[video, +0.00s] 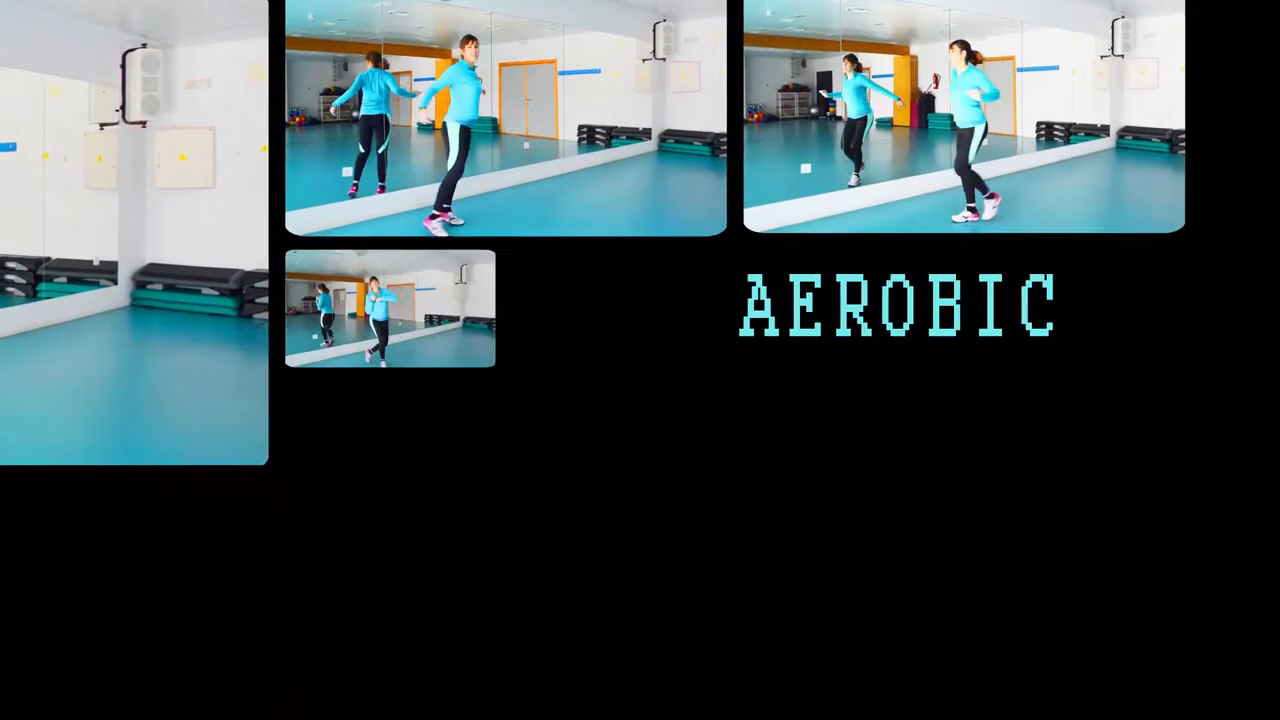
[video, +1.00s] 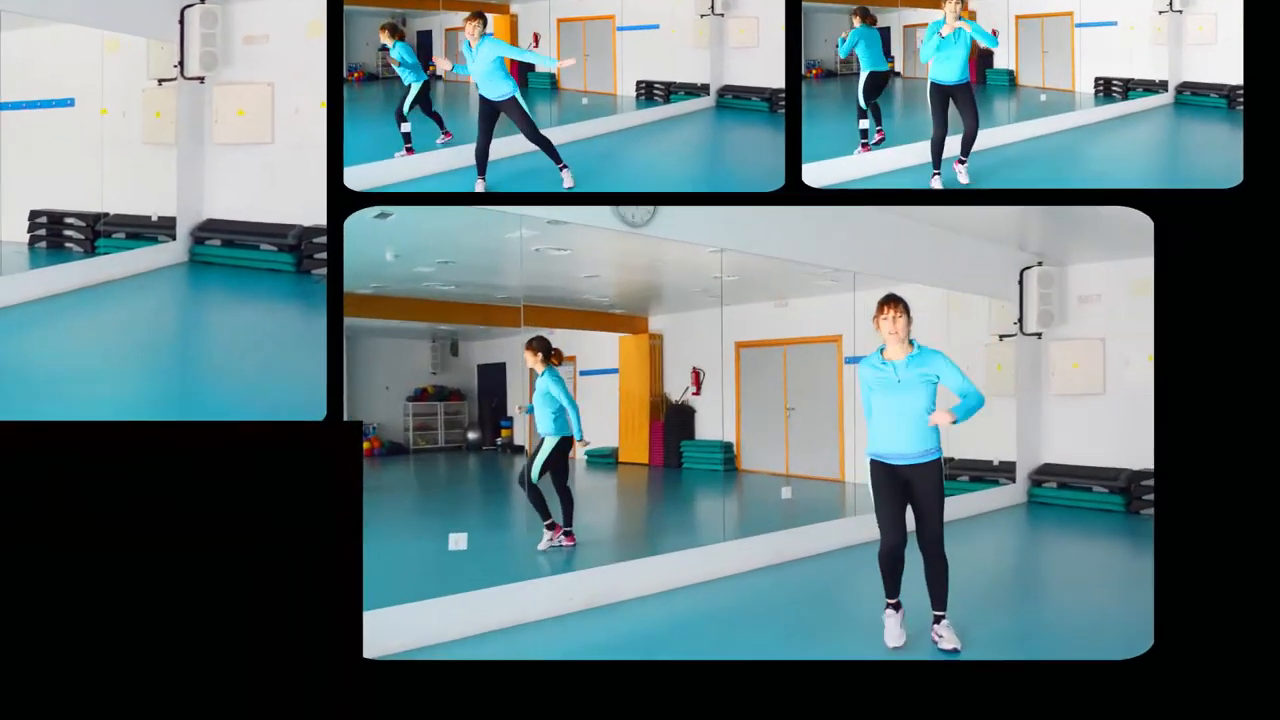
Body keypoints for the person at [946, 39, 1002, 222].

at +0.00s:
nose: (949, 54)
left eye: (952, 51)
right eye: (950, 51)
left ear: (963, 53)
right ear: (959, 53)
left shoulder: (976, 74)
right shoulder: (954, 73)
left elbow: (995, 93)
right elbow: (958, 94)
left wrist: (981, 95)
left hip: (976, 125)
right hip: (962, 125)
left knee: (962, 166)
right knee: (961, 167)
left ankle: (990, 196)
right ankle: (971, 209)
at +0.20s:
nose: (952, 39)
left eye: (953, 37)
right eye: (954, 36)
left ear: (955, 38)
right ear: (969, 38)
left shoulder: (950, 56)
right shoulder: (977, 57)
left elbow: (941, 84)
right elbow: (996, 75)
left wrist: (929, 84)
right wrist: (1011, 94)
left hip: (958, 111)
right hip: (978, 111)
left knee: (946, 152)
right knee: (972, 153)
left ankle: (934, 195)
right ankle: (984, 196)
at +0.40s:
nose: (976, 27)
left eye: (975, 24)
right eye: (973, 24)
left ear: (961, 27)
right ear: (963, 25)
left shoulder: (949, 43)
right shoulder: (968, 42)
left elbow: (932, 64)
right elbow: (961, 68)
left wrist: (947, 78)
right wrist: (976, 91)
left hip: (945, 94)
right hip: (961, 94)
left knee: (948, 141)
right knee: (965, 141)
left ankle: (939, 187)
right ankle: (960, 191)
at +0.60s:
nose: (971, 15)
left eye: (972, 12)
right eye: (967, 12)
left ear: (972, 16)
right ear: (956, 16)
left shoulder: (969, 38)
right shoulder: (949, 35)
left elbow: (969, 58)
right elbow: (928, 51)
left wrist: (981, 54)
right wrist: (913, 67)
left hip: (963, 91)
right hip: (950, 90)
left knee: (953, 133)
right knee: (948, 134)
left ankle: (943, 175)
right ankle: (926, 182)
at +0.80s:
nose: (961, 10)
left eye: (964, 7)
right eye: (957, 6)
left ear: (967, 10)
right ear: (950, 10)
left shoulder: (973, 33)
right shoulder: (938, 31)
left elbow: (991, 48)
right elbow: (922, 54)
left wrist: (1009, 41)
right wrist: (911, 54)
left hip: (961, 90)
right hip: (940, 90)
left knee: (961, 133)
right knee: (938, 135)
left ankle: (954, 168)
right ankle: (927, 180)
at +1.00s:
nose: (954, 5)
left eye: (957, 2)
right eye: (950, 2)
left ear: (962, 6)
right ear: (944, 5)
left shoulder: (969, 25)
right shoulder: (934, 26)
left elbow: (993, 44)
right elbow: (924, 56)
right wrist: (940, 34)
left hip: (961, 84)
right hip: (938, 85)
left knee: (972, 127)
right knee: (940, 130)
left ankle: (961, 163)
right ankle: (936, 174)